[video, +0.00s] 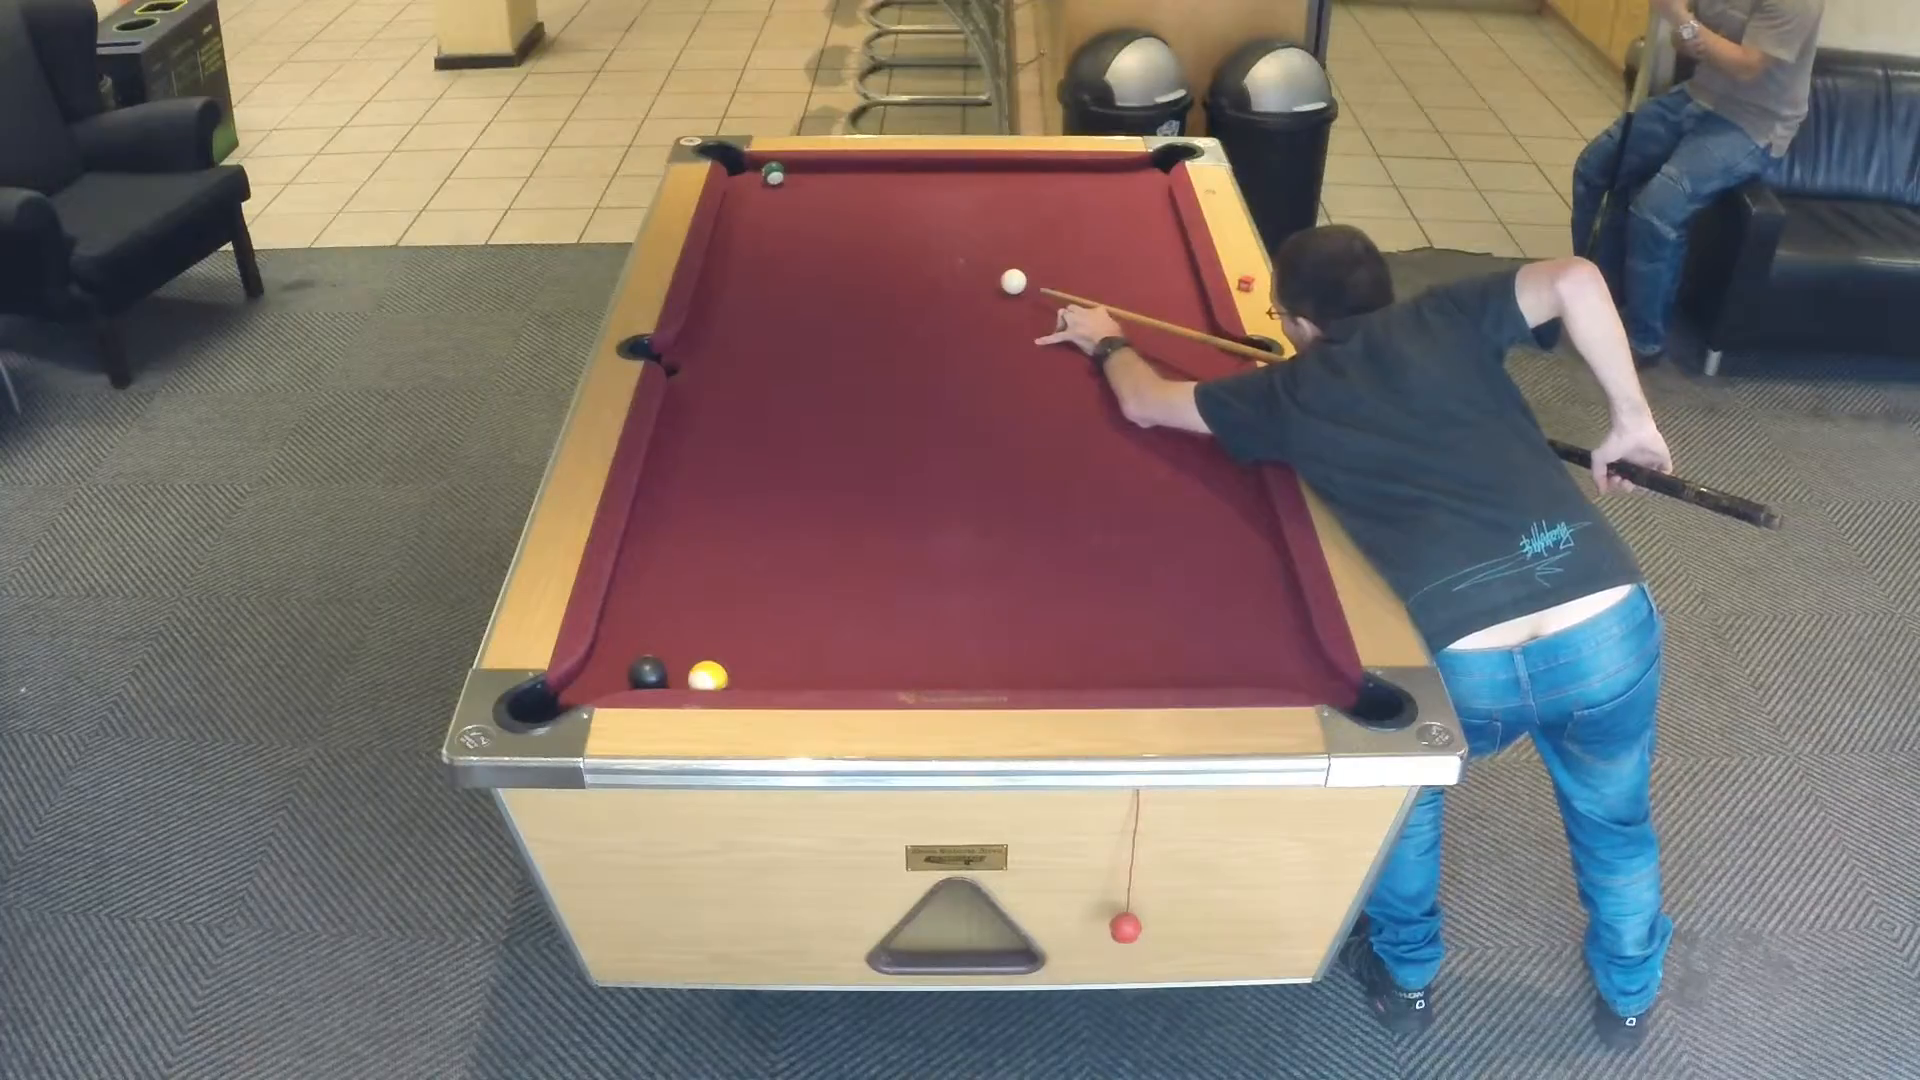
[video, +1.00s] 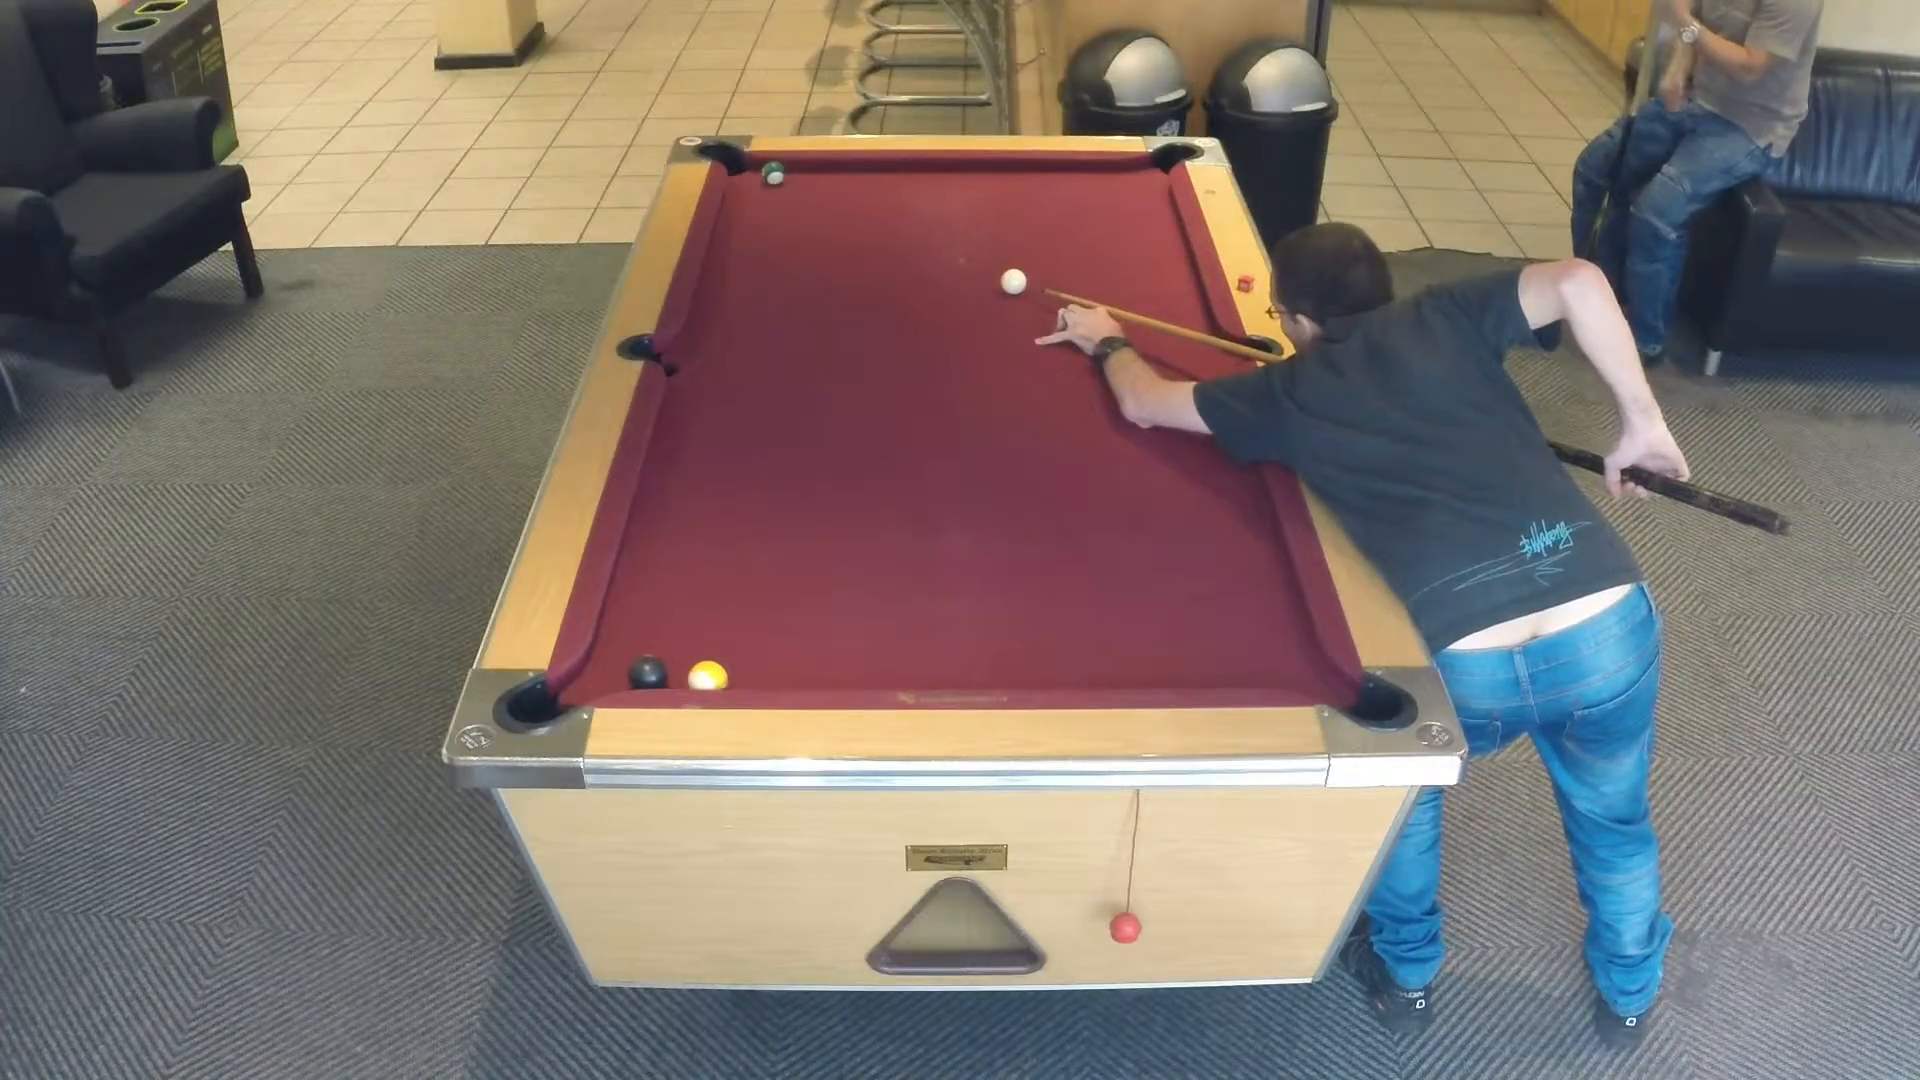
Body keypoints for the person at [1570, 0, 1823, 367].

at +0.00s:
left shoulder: (1795, 6)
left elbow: (1747, 66)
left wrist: (1681, 18)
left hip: (1750, 126)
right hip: (1695, 97)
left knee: (1654, 210)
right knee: (1593, 168)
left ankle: (1643, 341)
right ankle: (1590, 301)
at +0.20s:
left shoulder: (1794, 6)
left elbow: (1745, 67)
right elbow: (1698, 56)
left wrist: (1680, 20)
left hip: (1750, 126)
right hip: (1694, 98)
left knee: (1653, 210)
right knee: (1593, 168)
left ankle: (1643, 341)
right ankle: (1590, 302)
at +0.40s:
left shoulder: (1793, 6)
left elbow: (1745, 67)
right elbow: (1694, 51)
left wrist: (1680, 20)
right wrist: (1684, 32)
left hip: (1750, 126)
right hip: (1694, 98)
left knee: (1653, 210)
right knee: (1593, 168)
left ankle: (1643, 341)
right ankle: (1591, 302)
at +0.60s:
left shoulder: (1793, 6)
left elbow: (1745, 67)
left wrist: (1680, 20)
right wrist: (1689, 39)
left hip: (1750, 126)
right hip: (1694, 98)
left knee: (1653, 210)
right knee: (1593, 168)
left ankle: (1644, 341)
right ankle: (1591, 302)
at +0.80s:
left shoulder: (1793, 6)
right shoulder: (1710, 3)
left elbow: (1747, 68)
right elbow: (1683, 59)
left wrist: (1681, 19)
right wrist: (1677, 16)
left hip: (1750, 126)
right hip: (1694, 100)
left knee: (1654, 210)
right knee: (1594, 167)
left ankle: (1644, 341)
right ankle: (1591, 301)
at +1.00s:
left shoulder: (1794, 6)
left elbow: (1749, 68)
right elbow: (1692, 24)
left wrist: (1684, 21)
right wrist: (1678, 68)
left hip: (1749, 127)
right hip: (1691, 101)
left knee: (1655, 209)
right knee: (1594, 168)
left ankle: (1645, 342)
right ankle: (1592, 303)